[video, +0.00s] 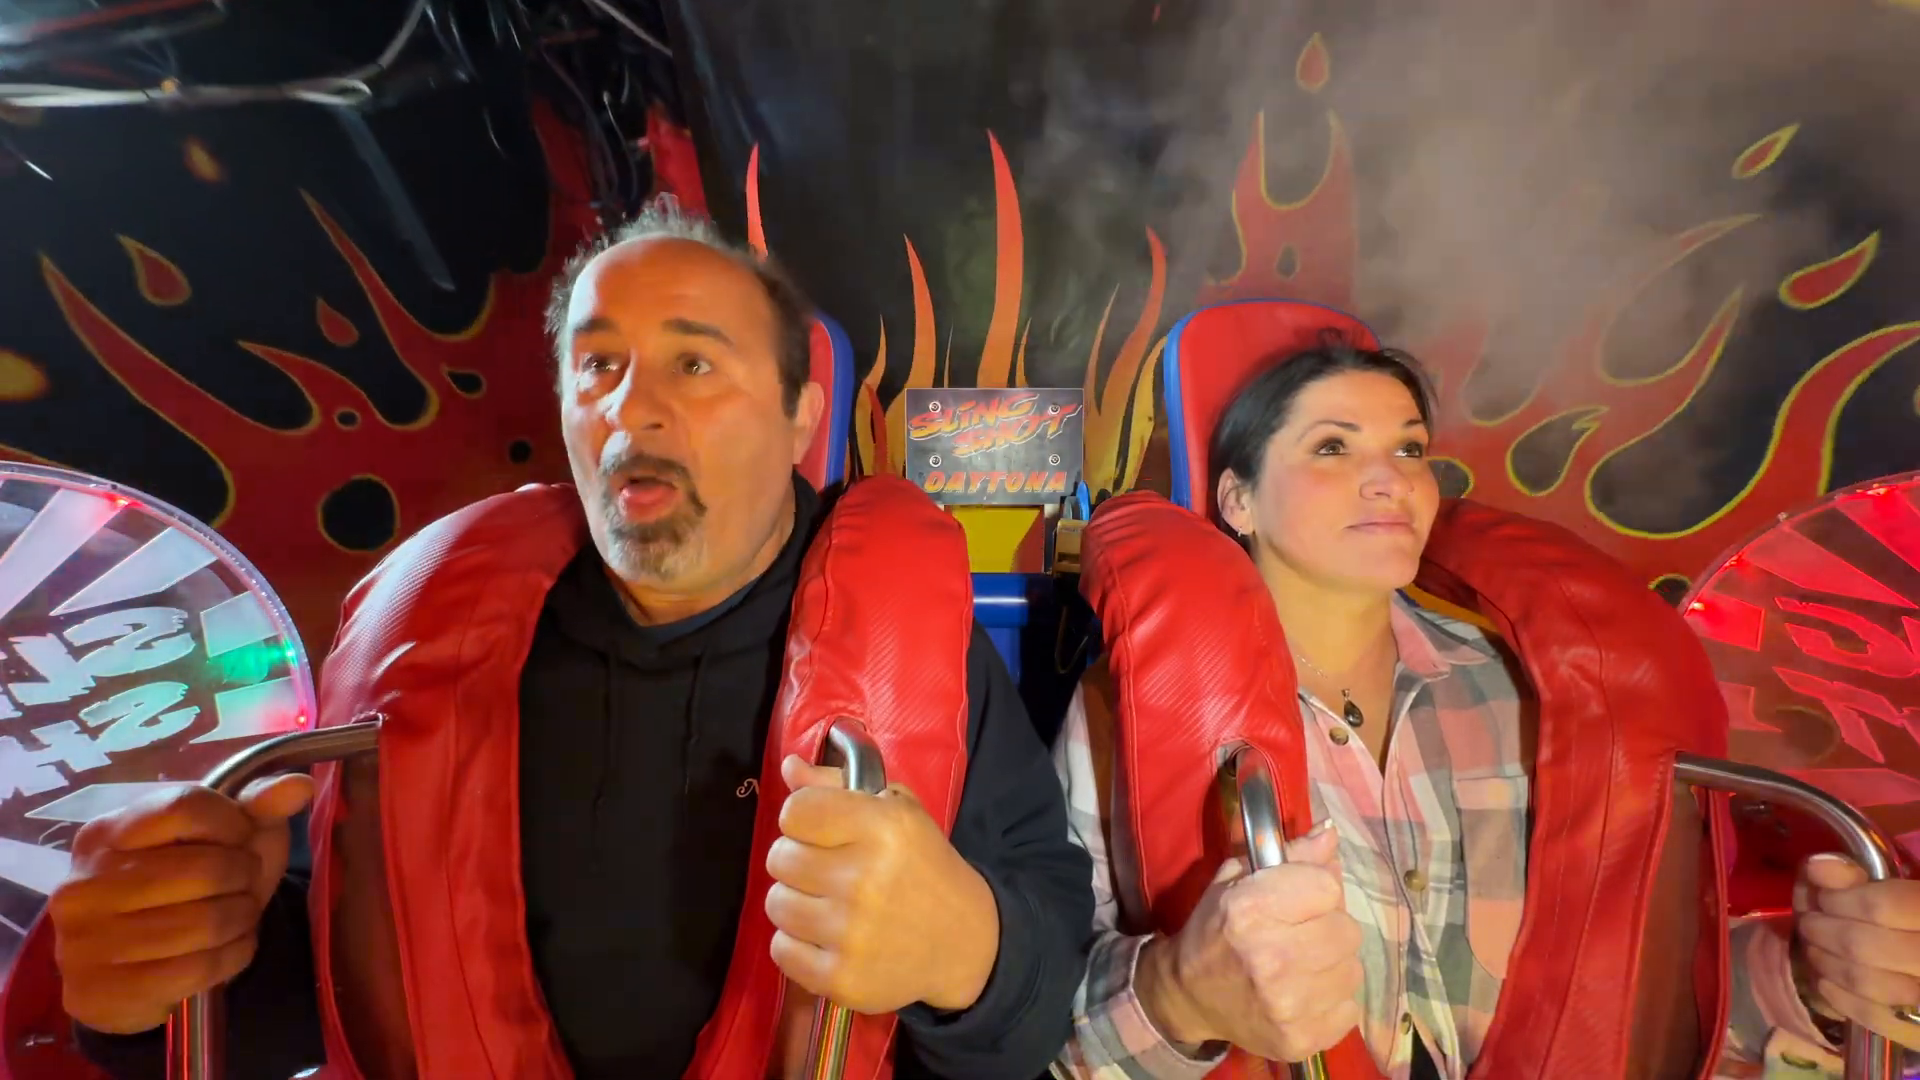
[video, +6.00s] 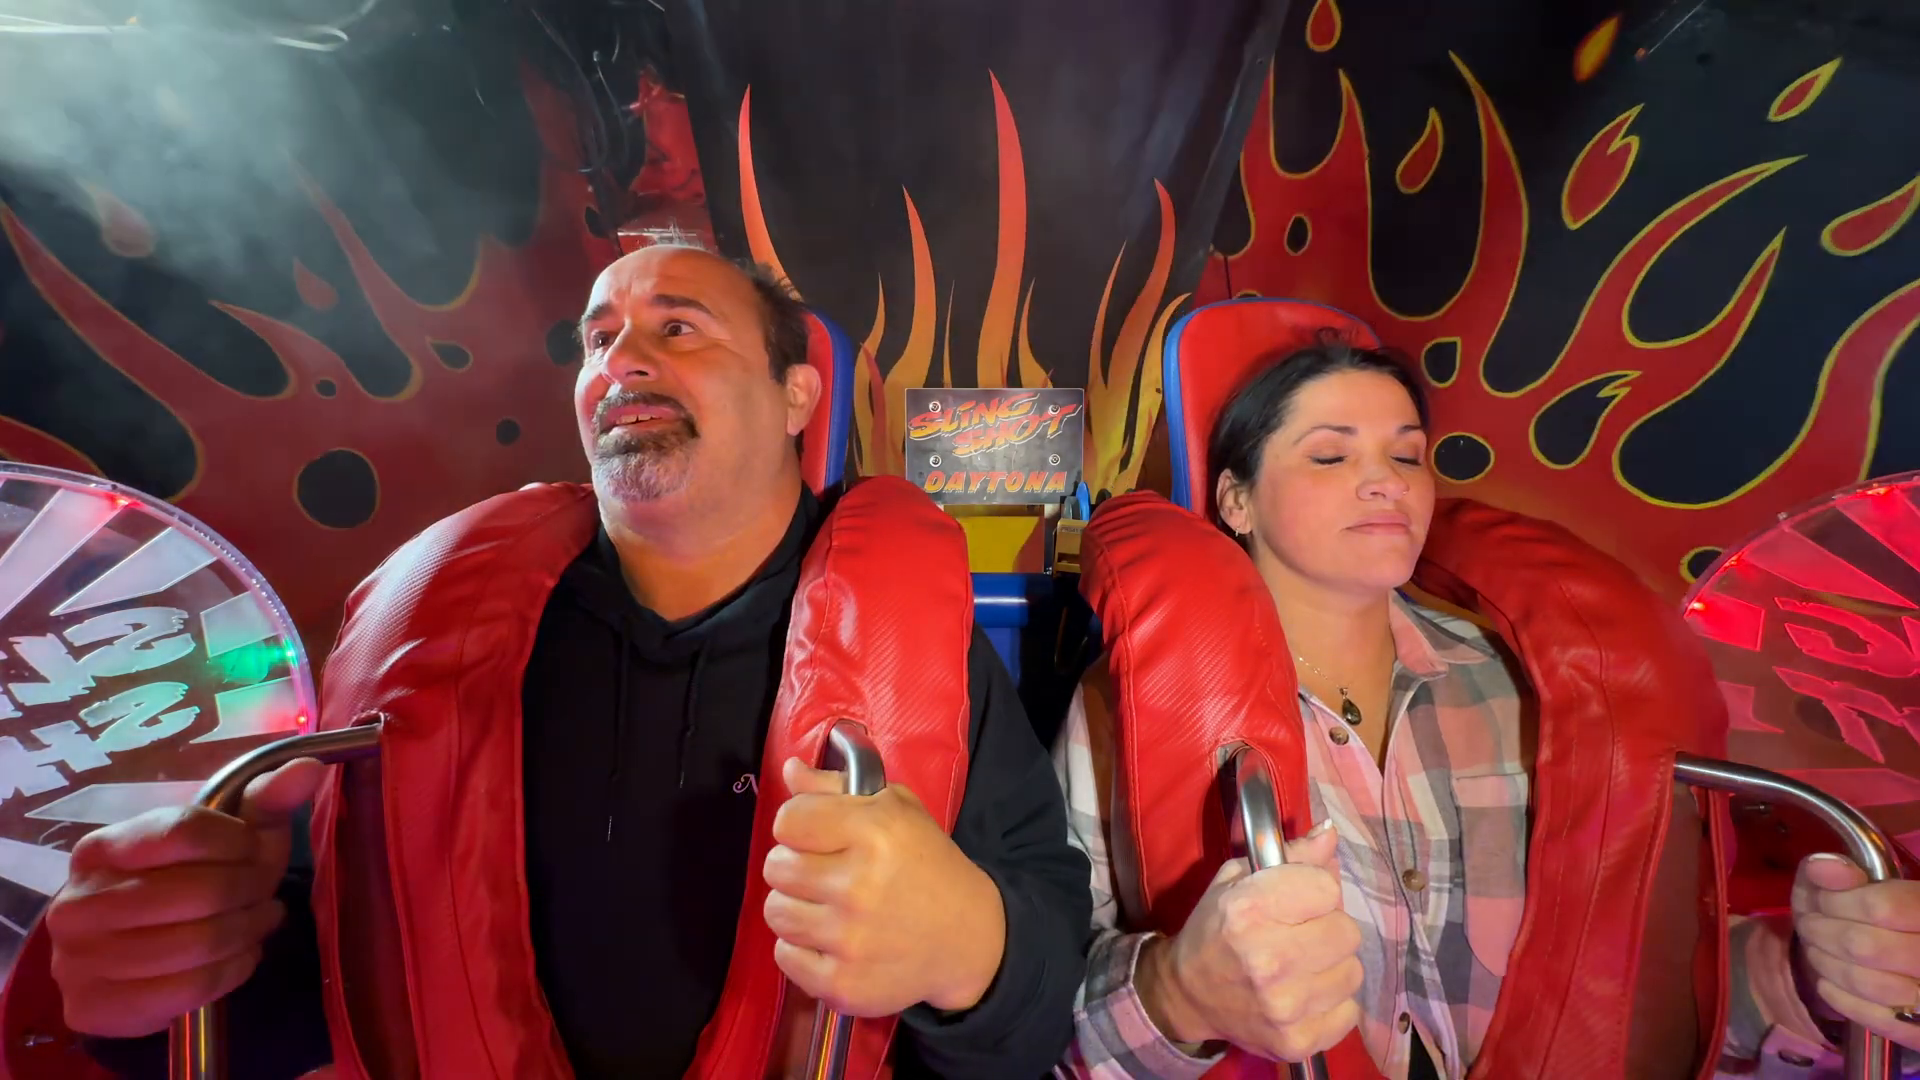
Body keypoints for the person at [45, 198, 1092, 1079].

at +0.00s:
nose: (633, 413)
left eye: (696, 366)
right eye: (602, 372)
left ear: (798, 421)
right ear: (560, 426)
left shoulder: (919, 647)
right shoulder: (419, 638)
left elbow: (1041, 1003)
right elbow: (310, 1003)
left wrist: (978, 955)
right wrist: (133, 976)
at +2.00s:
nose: (688, 445)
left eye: (742, 397)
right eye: (639, 398)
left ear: (811, 425)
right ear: (572, 428)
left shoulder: (927, 646)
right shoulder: (422, 628)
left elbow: (1049, 1011)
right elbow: (308, 972)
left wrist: (982, 948)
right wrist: (114, 989)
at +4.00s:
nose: (652, 360)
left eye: (709, 330)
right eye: (623, 340)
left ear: (807, 414)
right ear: (588, 415)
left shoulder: (921, 661)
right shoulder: (430, 634)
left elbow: (1045, 1004)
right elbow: (306, 976)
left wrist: (979, 955)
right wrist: (97, 984)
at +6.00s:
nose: (619, 366)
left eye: (681, 326)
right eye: (598, 344)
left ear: (798, 398)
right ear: (575, 418)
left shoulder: (922, 659)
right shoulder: (443, 644)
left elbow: (1036, 1016)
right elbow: (319, 972)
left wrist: (979, 952)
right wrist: (120, 977)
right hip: (493, 1071)